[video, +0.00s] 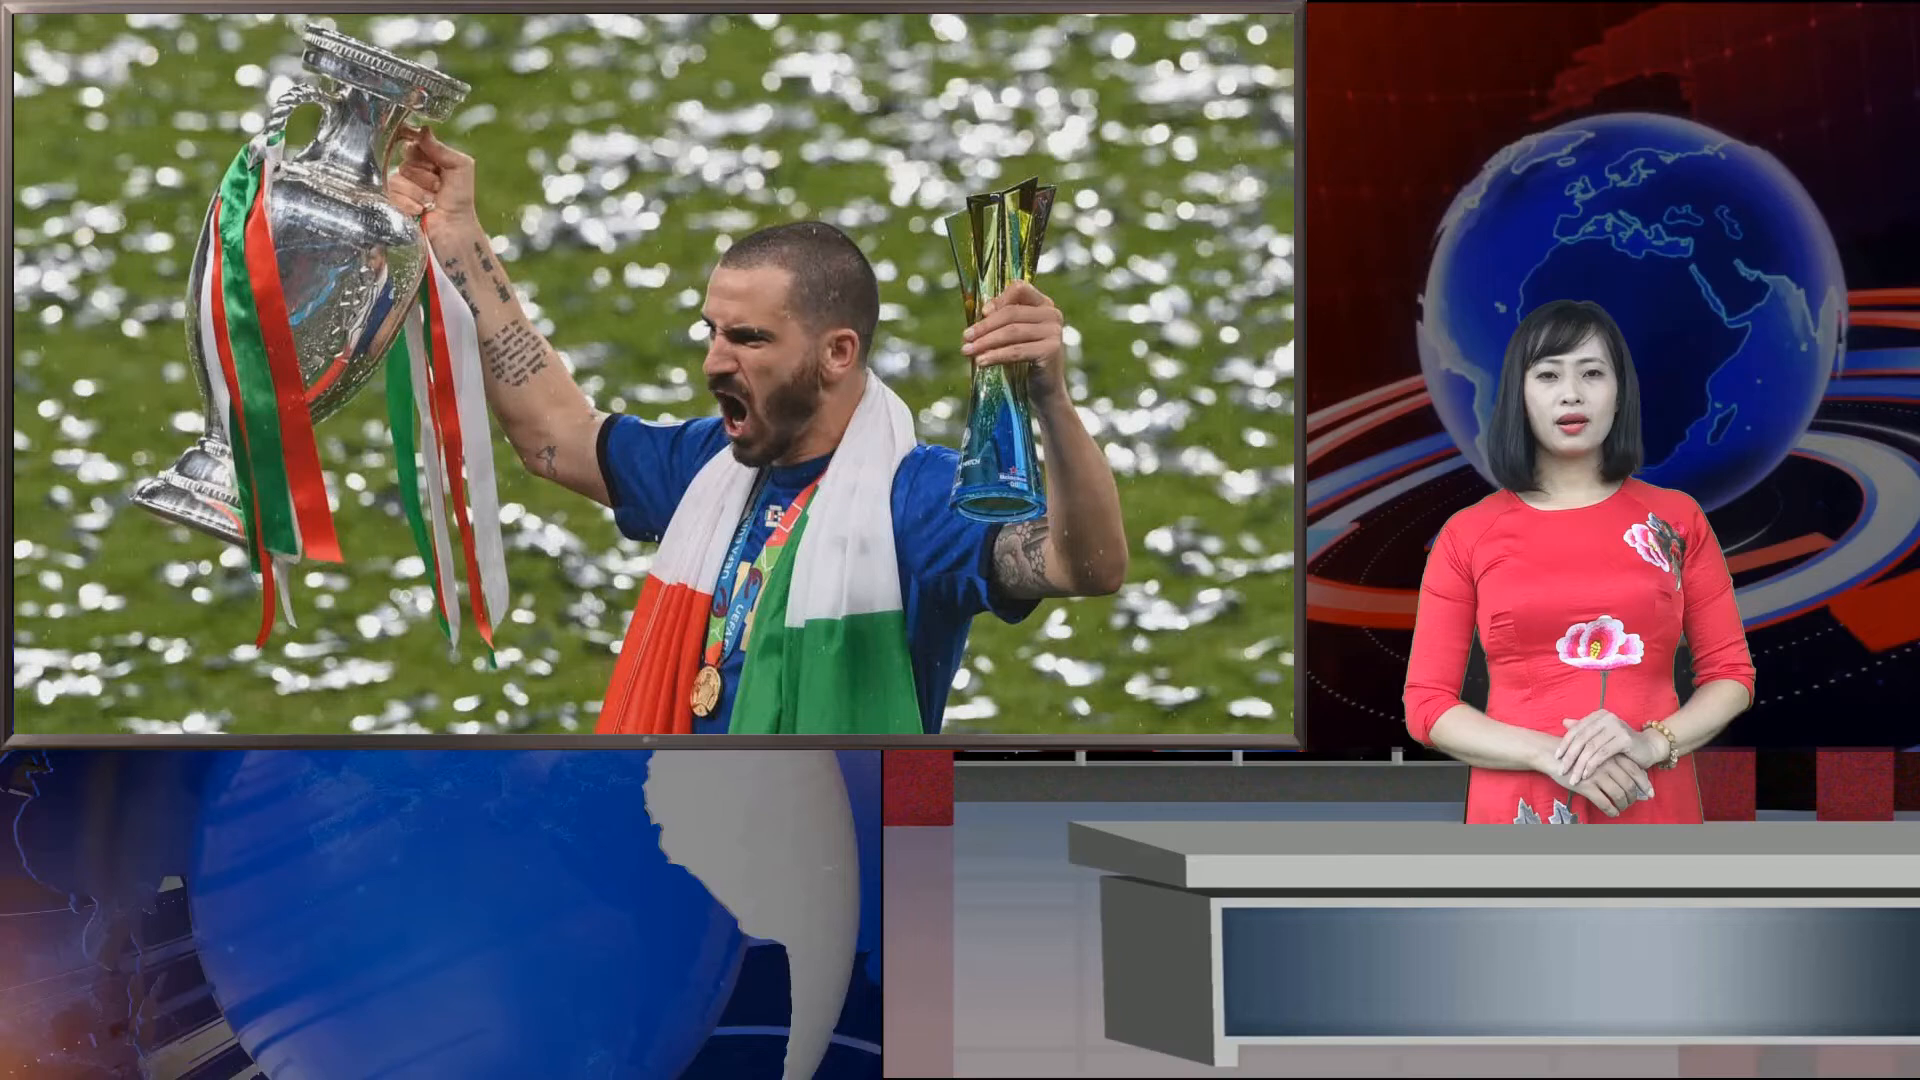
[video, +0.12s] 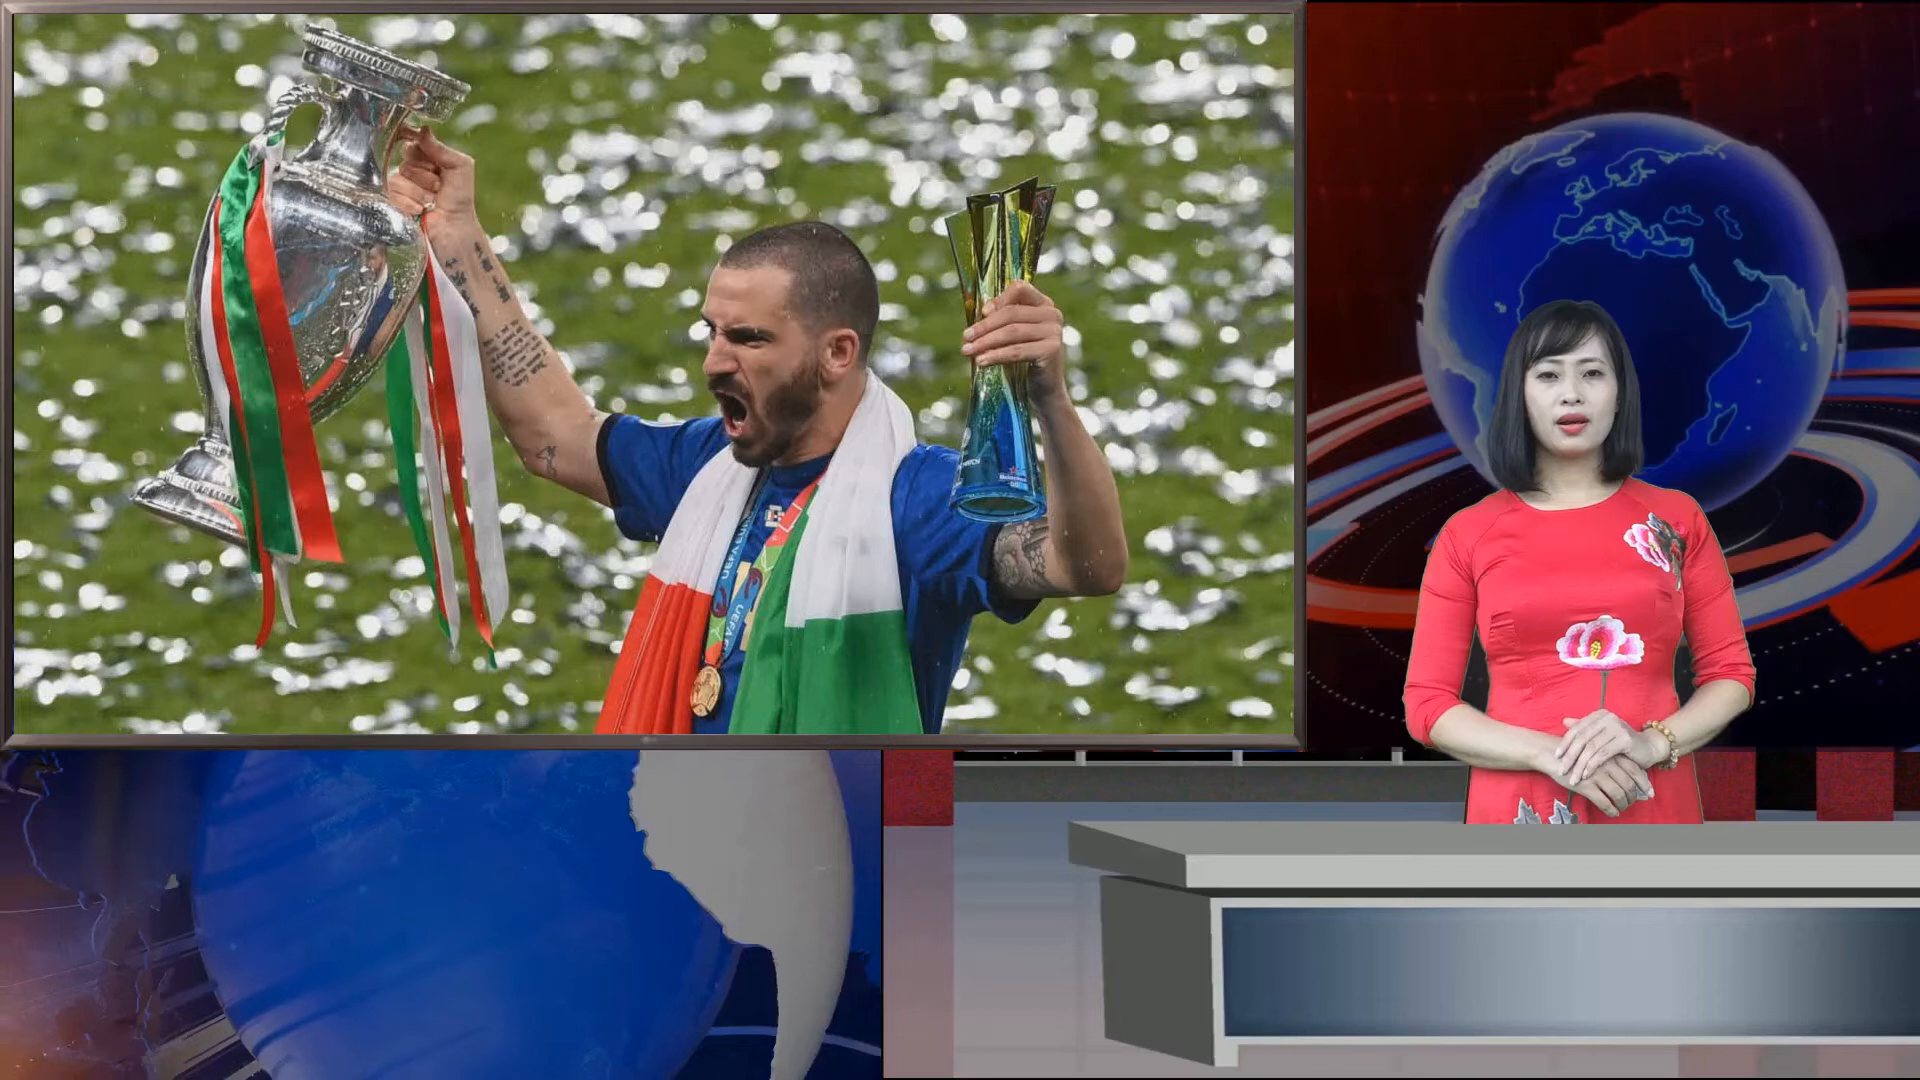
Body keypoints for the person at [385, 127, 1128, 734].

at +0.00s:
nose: (714, 361)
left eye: (747, 339)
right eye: (712, 333)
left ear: (839, 355)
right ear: (705, 327)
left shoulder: (915, 493)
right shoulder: (703, 465)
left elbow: (1090, 563)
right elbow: (557, 438)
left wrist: (1049, 398)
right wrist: (464, 252)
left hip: (830, 891)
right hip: (664, 879)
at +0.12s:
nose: (714, 361)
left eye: (747, 339)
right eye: (712, 333)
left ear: (839, 355)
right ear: (705, 327)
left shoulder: (915, 493)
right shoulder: (702, 465)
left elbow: (1090, 563)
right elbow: (557, 438)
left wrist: (1049, 398)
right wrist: (464, 252)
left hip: (829, 892)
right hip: (666, 879)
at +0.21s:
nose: (714, 361)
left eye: (747, 339)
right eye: (712, 333)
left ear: (839, 355)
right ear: (705, 327)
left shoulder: (915, 493)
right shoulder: (702, 465)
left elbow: (1090, 563)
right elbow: (557, 438)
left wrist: (1049, 398)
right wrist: (464, 252)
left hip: (831, 896)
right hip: (667, 877)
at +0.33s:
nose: (714, 361)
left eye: (747, 339)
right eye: (712, 333)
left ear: (839, 355)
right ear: (705, 327)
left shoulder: (915, 493)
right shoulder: (702, 465)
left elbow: (1090, 563)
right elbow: (557, 438)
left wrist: (1049, 398)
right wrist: (464, 252)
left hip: (833, 890)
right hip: (673, 875)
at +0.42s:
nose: (714, 361)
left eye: (747, 339)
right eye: (712, 333)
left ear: (839, 355)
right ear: (705, 327)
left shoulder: (915, 492)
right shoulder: (702, 465)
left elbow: (1090, 563)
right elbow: (557, 438)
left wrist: (1049, 398)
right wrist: (464, 252)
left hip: (832, 891)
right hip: (673, 877)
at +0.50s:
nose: (714, 361)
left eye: (747, 339)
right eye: (712, 333)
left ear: (839, 355)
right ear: (705, 327)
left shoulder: (915, 493)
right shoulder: (702, 465)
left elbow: (1090, 563)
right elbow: (557, 438)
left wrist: (1049, 398)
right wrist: (464, 252)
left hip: (833, 898)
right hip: (671, 884)